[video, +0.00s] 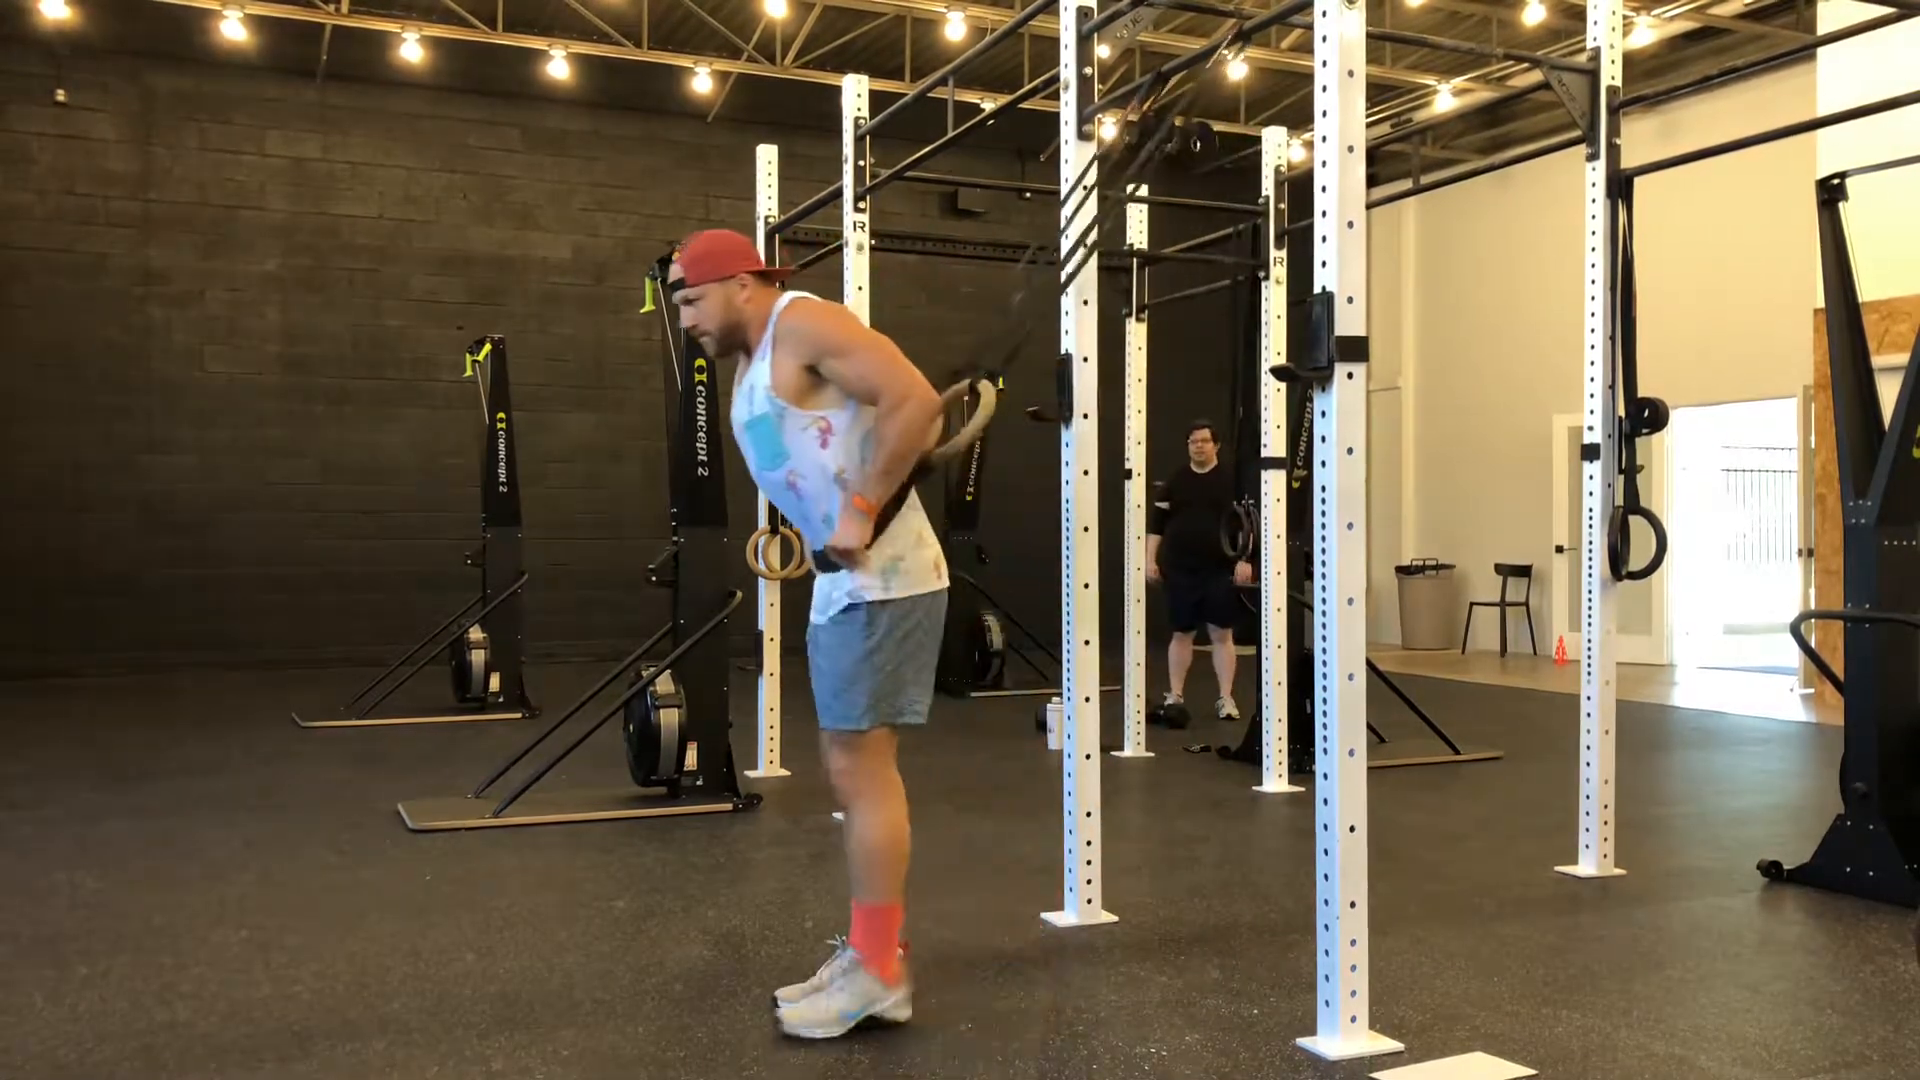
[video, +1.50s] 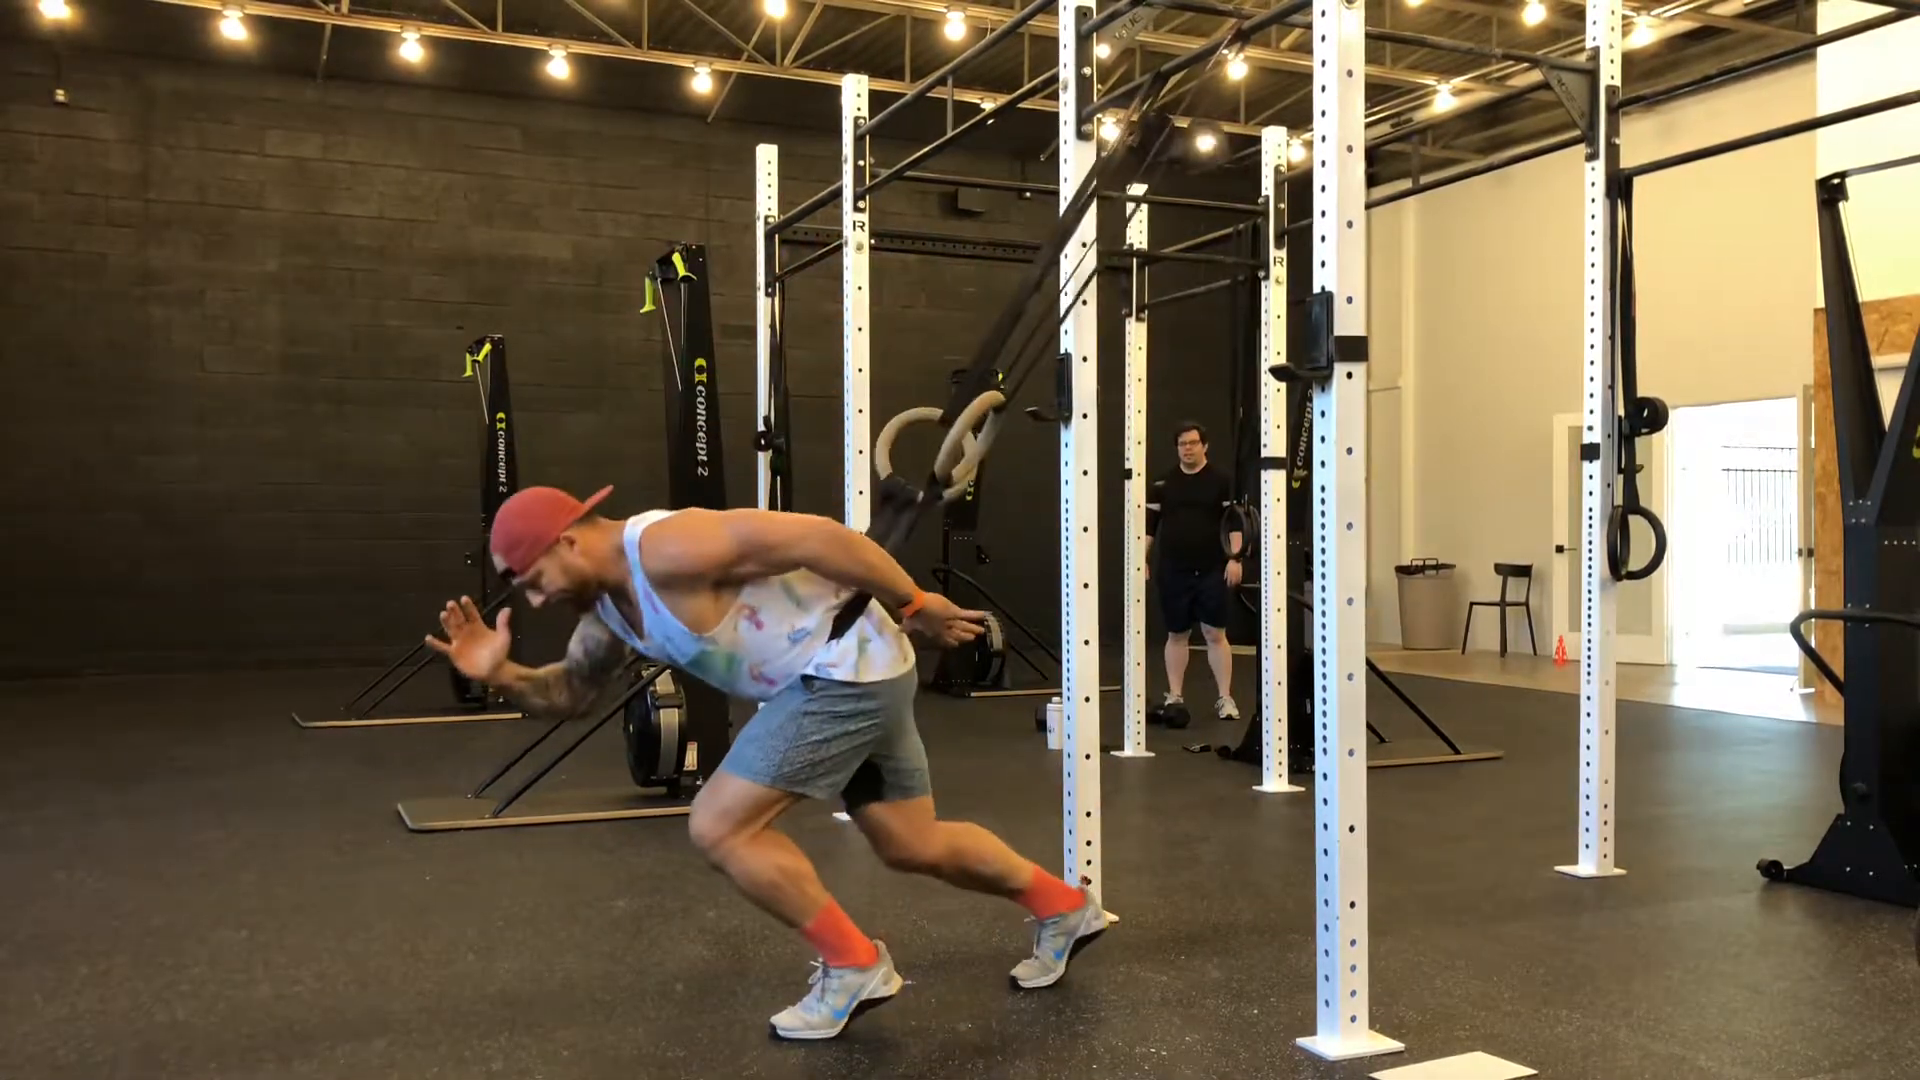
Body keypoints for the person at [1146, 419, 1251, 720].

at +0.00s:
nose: (1198, 447)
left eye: (1203, 442)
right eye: (1193, 442)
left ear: (1215, 445)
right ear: (1187, 446)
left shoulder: (1231, 480)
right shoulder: (1176, 480)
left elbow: (1249, 523)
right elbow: (1157, 522)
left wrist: (1246, 559)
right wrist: (1150, 558)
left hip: (1220, 569)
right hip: (1180, 568)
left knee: (1221, 634)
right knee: (1181, 634)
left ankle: (1226, 698)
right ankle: (1175, 695)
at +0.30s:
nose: (1189, 447)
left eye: (1195, 441)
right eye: (1184, 442)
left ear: (1207, 445)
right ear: (1179, 447)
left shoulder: (1221, 480)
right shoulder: (1167, 483)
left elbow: (1233, 522)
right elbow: (1149, 527)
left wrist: (1232, 556)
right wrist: (1137, 560)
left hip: (1211, 570)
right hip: (1174, 569)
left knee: (1216, 633)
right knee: (1177, 633)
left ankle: (1225, 697)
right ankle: (1175, 696)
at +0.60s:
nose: (1188, 447)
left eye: (1194, 442)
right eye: (1183, 443)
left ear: (1205, 446)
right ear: (1177, 447)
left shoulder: (1219, 481)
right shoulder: (1165, 483)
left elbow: (1233, 523)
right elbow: (1149, 527)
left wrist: (1234, 559)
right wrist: (1142, 562)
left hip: (1210, 569)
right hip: (1172, 569)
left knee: (1214, 633)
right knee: (1176, 634)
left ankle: (1225, 697)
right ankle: (1174, 696)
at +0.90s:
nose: (1188, 448)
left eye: (1194, 443)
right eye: (1183, 443)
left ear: (1205, 446)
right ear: (1177, 448)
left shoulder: (1220, 482)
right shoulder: (1164, 484)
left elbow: (1234, 524)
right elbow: (1149, 525)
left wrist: (1235, 559)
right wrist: (1142, 558)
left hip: (1211, 569)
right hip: (1173, 569)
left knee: (1214, 633)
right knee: (1176, 634)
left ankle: (1225, 698)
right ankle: (1174, 696)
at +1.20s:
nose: (1189, 449)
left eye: (1194, 443)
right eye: (1184, 444)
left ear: (1205, 446)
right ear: (1177, 448)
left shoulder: (1220, 482)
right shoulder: (1165, 484)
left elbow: (1234, 523)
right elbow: (1150, 525)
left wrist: (1234, 558)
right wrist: (1144, 557)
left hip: (1211, 569)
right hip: (1173, 569)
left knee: (1215, 633)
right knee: (1177, 634)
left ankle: (1225, 697)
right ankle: (1175, 695)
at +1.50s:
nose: (1187, 449)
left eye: (1192, 443)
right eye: (1182, 444)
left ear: (1204, 446)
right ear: (1176, 448)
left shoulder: (1220, 481)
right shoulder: (1164, 484)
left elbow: (1234, 522)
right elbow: (1149, 526)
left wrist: (1235, 557)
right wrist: (1142, 559)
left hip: (1211, 570)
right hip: (1173, 570)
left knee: (1215, 634)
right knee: (1177, 634)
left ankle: (1225, 698)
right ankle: (1174, 696)